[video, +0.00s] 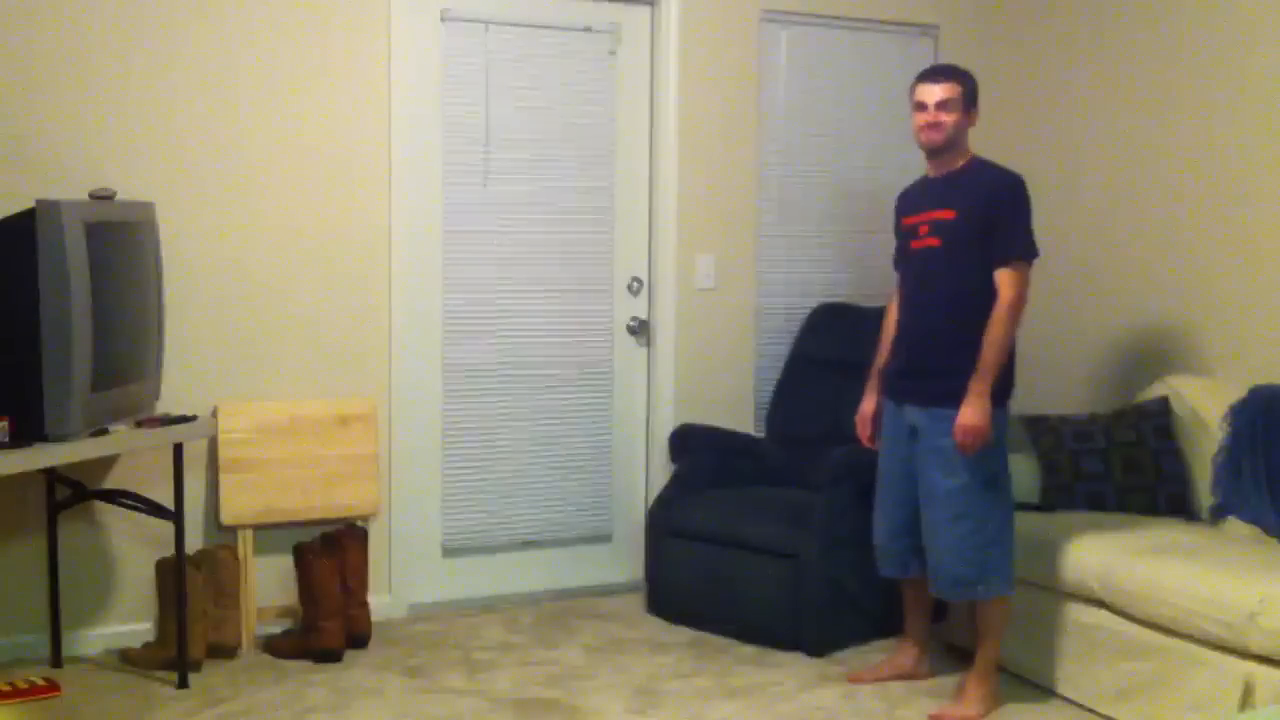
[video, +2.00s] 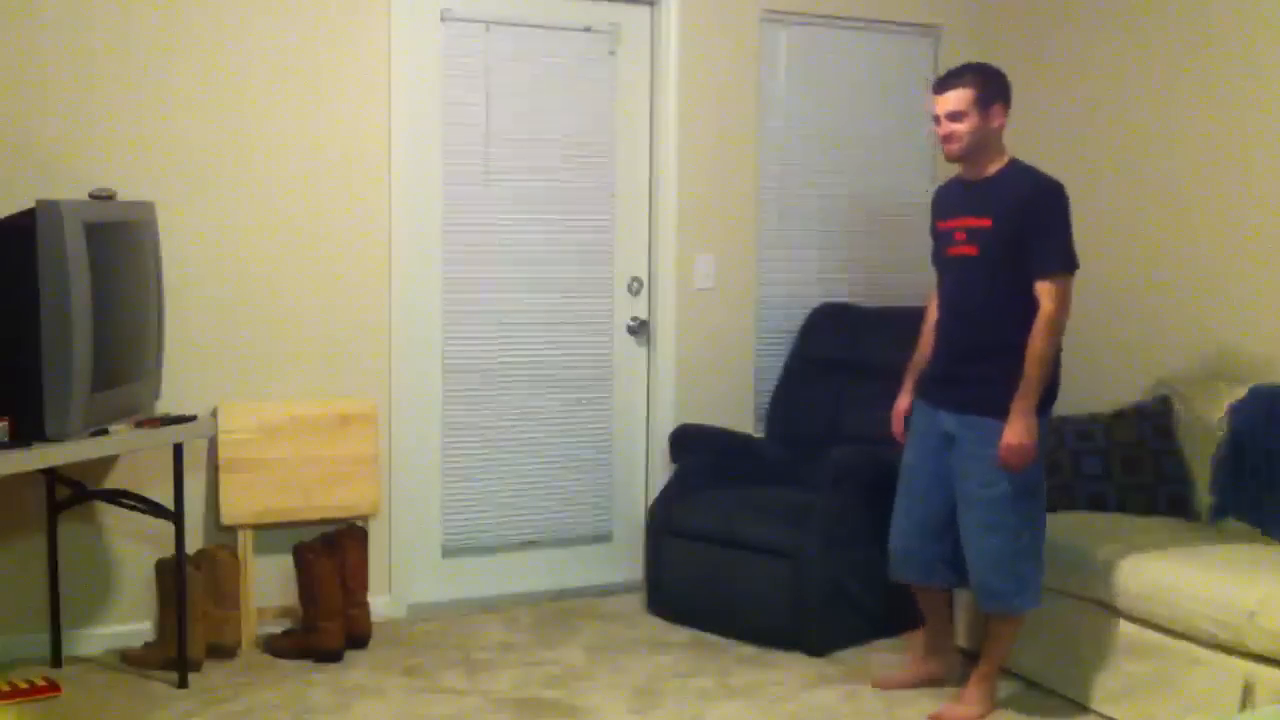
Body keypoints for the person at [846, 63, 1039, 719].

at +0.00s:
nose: (932, 118)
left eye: (945, 107)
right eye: (922, 108)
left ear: (970, 117)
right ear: (911, 118)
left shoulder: (1000, 189)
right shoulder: (909, 201)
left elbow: (1011, 296)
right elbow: (901, 298)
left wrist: (980, 396)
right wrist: (874, 387)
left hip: (963, 404)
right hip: (903, 400)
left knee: (979, 543)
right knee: (908, 531)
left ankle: (983, 678)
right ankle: (913, 650)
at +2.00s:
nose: (943, 131)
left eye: (956, 118)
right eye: (938, 121)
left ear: (996, 116)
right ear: (937, 125)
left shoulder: (1038, 195)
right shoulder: (946, 200)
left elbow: (1052, 308)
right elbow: (940, 302)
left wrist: (1025, 410)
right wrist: (911, 384)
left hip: (1001, 416)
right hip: (937, 406)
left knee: (1001, 556)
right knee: (919, 536)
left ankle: (985, 682)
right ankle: (935, 655)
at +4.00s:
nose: (945, 123)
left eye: (958, 110)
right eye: (941, 112)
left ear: (999, 115)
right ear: (943, 120)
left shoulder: (1041, 193)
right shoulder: (947, 201)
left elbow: (1055, 309)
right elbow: (940, 303)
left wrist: (1020, 411)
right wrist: (909, 393)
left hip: (997, 417)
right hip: (932, 409)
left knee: (996, 562)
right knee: (924, 544)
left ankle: (985, 690)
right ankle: (979, 645)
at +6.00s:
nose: (974, 119)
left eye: (989, 109)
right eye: (965, 109)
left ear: (1016, 118)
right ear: (955, 119)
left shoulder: (1048, 195)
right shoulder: (953, 202)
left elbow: (1058, 310)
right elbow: (947, 306)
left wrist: (1030, 412)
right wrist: (916, 396)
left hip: (1002, 416)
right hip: (938, 409)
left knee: (999, 562)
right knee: (928, 544)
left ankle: (985, 688)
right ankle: (982, 642)